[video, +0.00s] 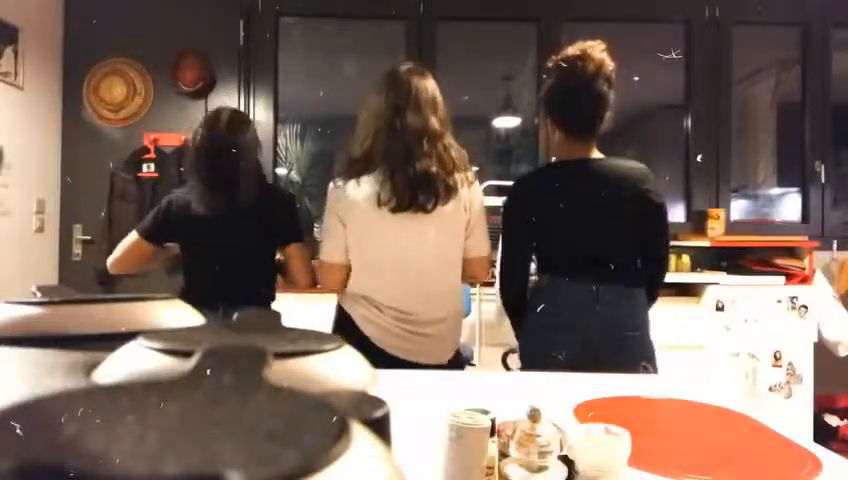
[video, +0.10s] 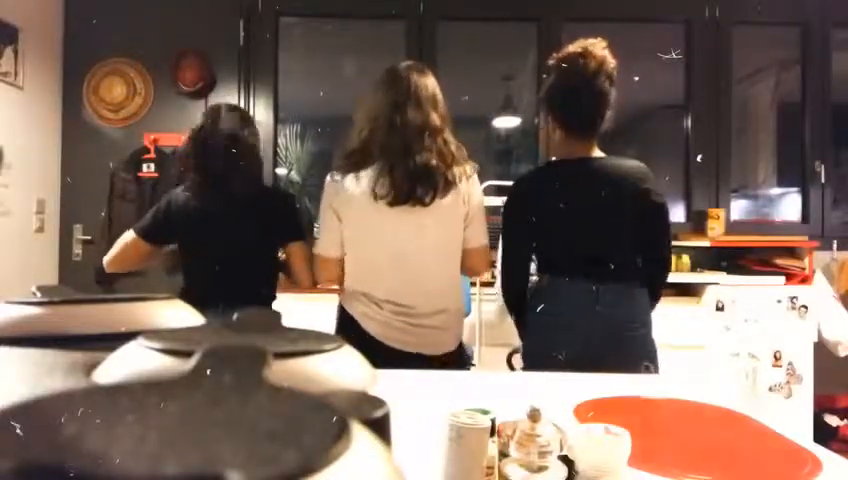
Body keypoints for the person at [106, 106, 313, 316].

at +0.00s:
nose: (260, 148)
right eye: (256, 143)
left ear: (198, 153)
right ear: (253, 149)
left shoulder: (181, 203)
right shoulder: (277, 202)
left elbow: (117, 264)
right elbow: (303, 279)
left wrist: (169, 252)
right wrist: (270, 262)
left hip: (194, 330)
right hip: (258, 332)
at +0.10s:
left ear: (197, 150)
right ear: (254, 149)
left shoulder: (182, 203)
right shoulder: (278, 203)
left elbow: (113, 262)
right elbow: (304, 280)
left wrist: (173, 253)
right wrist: (270, 260)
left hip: (194, 331)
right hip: (260, 333)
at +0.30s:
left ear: (198, 146)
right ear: (260, 145)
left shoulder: (182, 202)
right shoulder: (281, 202)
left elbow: (139, 270)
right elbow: (306, 279)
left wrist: (177, 246)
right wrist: (274, 260)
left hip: (202, 332)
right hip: (265, 331)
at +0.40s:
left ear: (206, 157)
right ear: (263, 154)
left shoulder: (191, 208)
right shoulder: (283, 208)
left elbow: (166, 264)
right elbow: (309, 286)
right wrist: (279, 260)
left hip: (209, 335)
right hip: (269, 335)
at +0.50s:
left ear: (204, 149)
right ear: (262, 146)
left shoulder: (190, 199)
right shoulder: (284, 200)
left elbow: (183, 250)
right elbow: (309, 280)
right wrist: (279, 257)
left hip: (207, 327)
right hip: (268, 325)